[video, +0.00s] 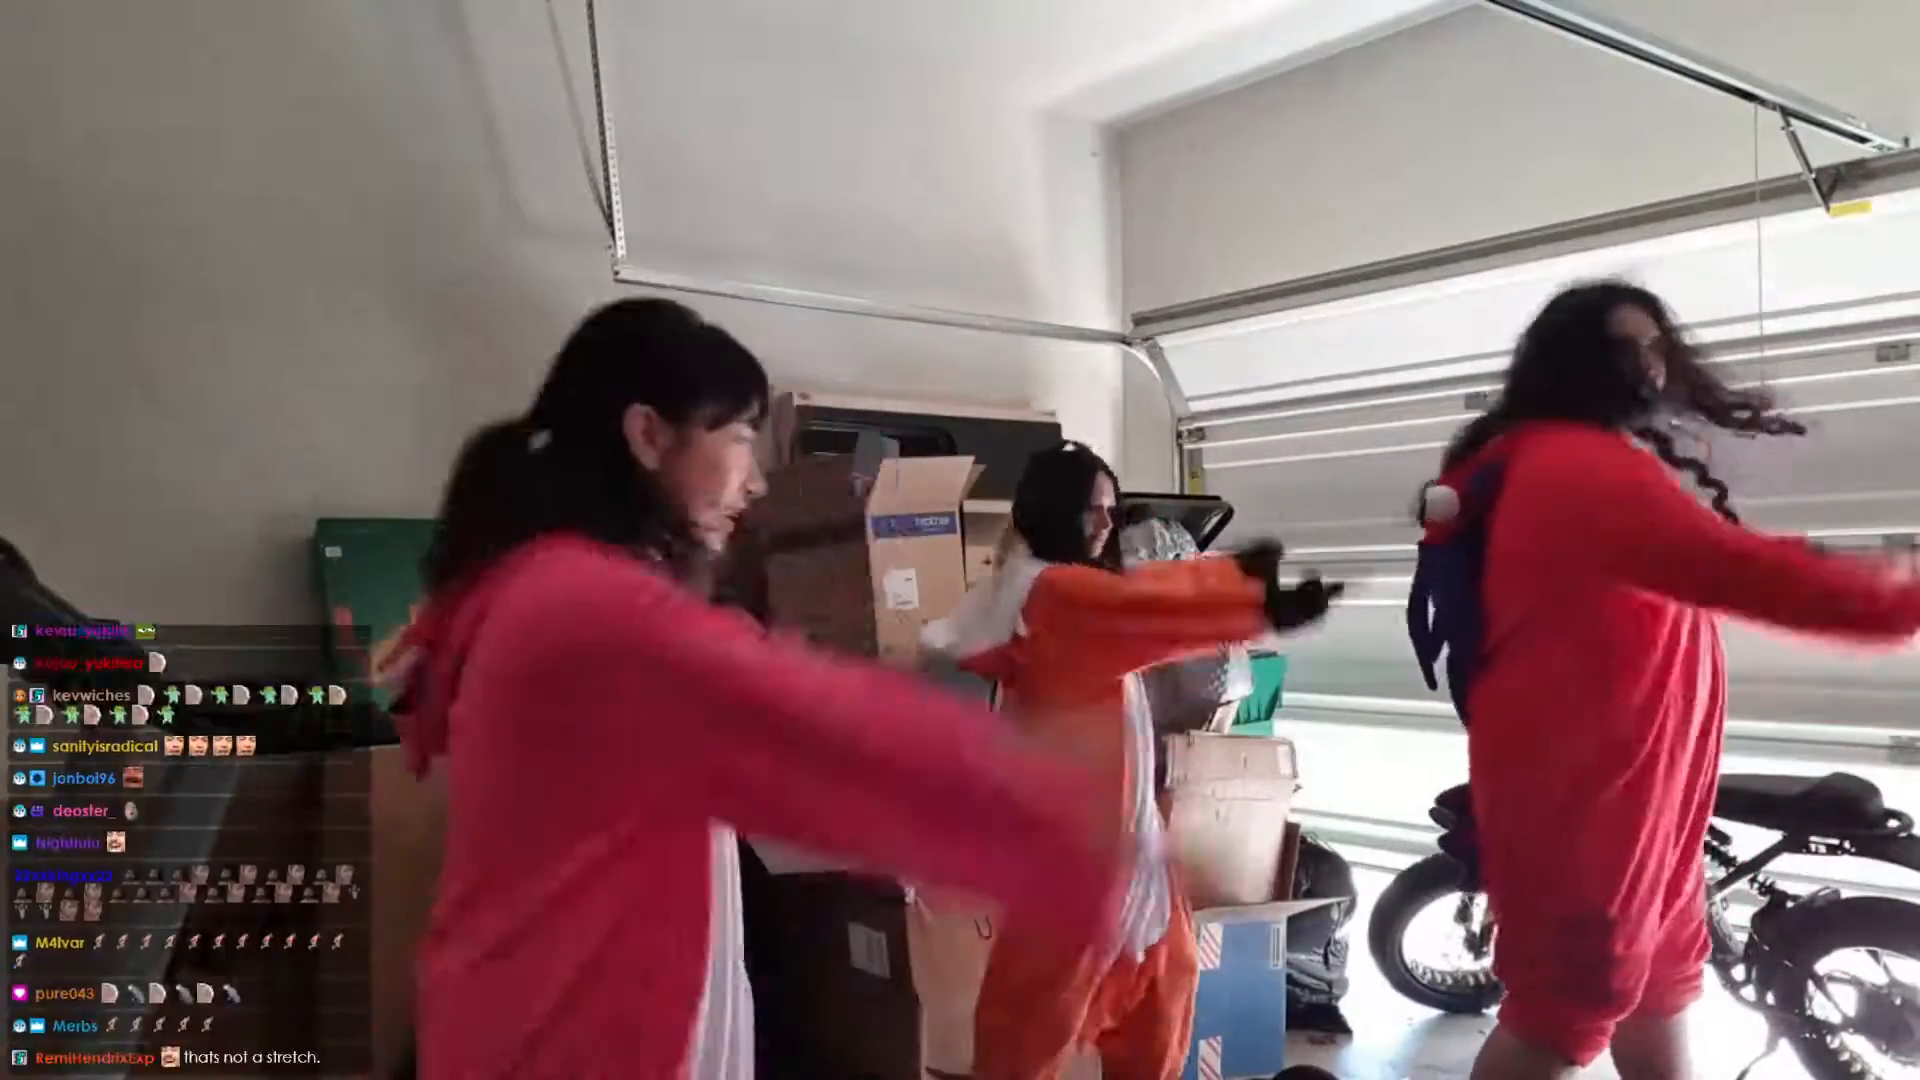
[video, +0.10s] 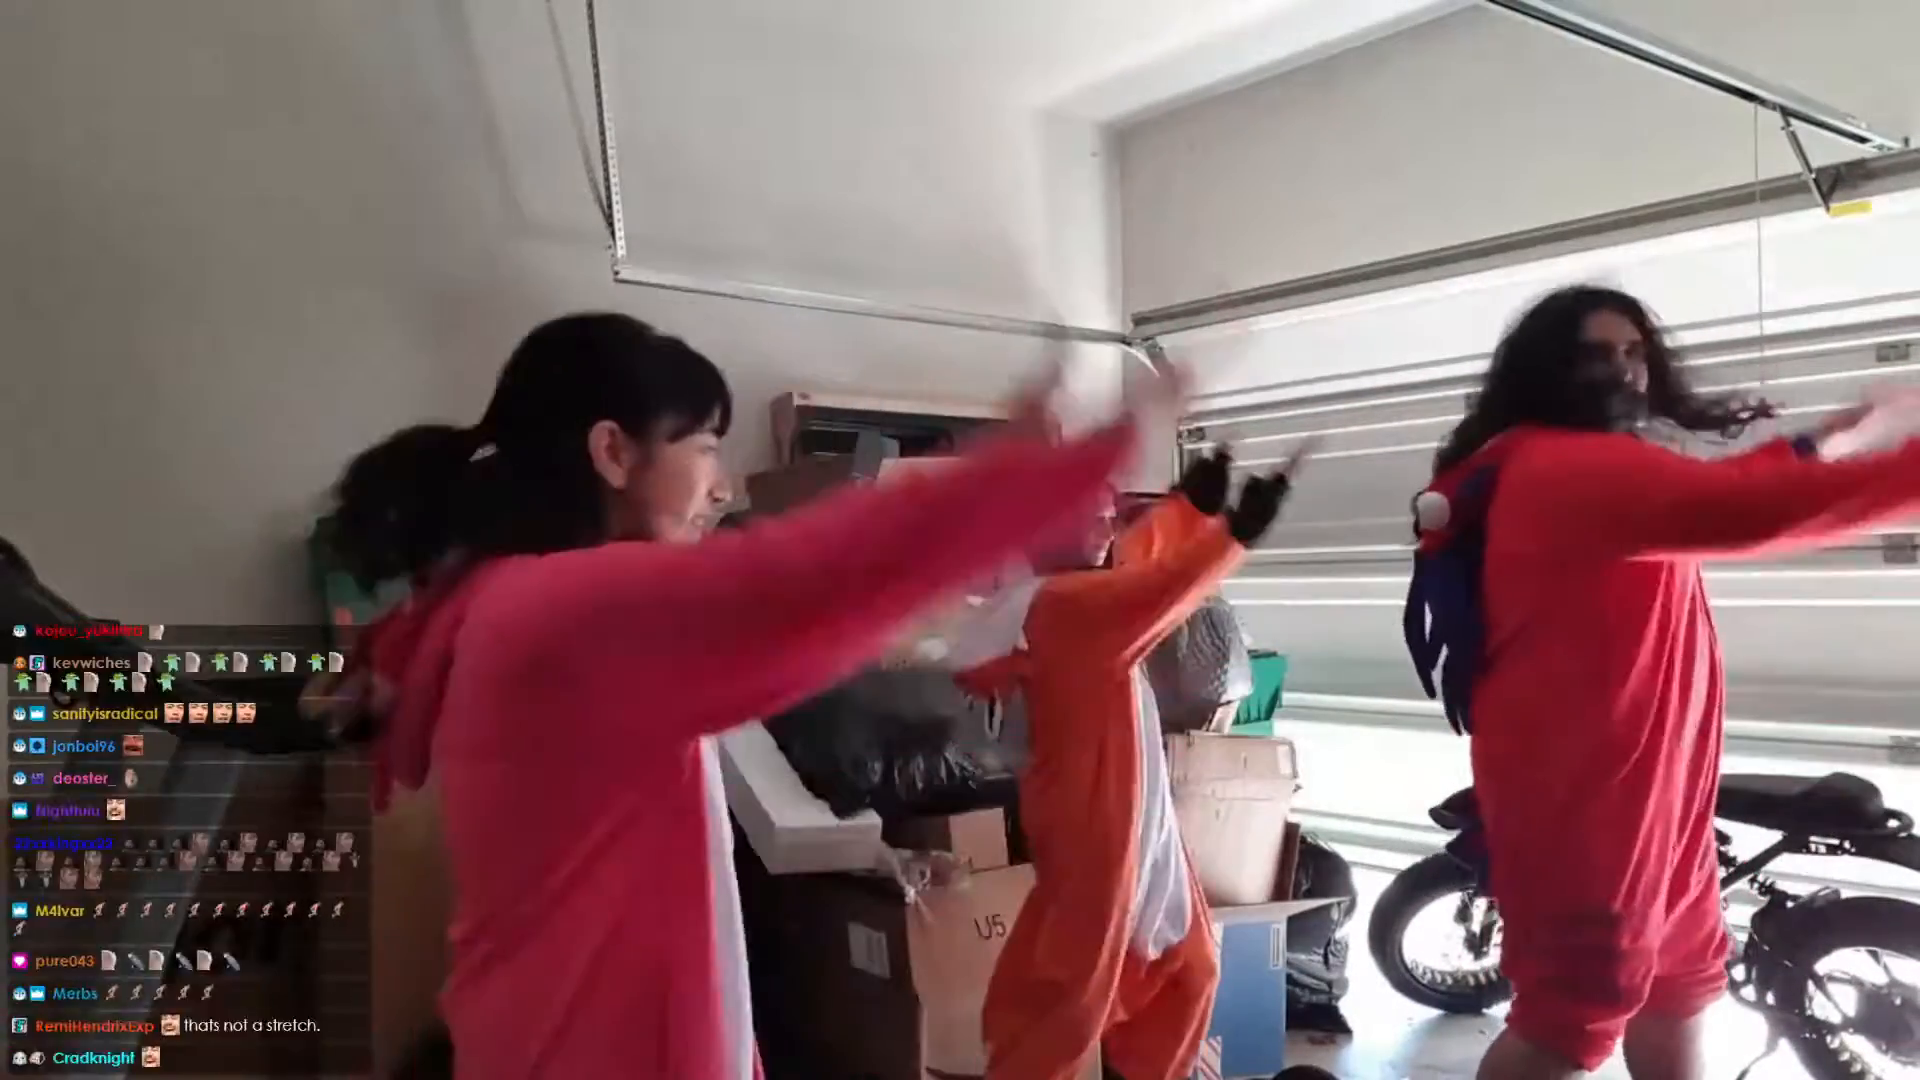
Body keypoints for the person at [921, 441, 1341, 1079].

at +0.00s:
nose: (1106, 524)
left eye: (1111, 510)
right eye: (1094, 509)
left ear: (1112, 511)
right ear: (1058, 512)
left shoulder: (1079, 587)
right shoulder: (1050, 590)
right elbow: (1149, 603)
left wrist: (1238, 570)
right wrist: (1266, 607)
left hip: (1130, 819)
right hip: (1074, 827)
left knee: (1170, 968)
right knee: (1041, 996)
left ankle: (1151, 1071)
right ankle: (1009, 1068)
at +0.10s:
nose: (1108, 520)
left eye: (1109, 508)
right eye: (1093, 508)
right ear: (1053, 520)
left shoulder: (1085, 594)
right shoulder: (1062, 604)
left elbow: (1140, 554)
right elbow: (1164, 590)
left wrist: (1187, 501)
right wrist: (1236, 536)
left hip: (1140, 810)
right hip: (1091, 816)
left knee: (1186, 967)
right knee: (1069, 977)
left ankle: (1150, 1068)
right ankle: (1028, 1065)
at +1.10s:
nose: (1112, 556)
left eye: (1114, 541)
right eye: (1096, 543)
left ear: (1120, 541)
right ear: (1061, 549)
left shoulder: (1096, 621)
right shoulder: (1053, 627)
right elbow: (1150, 584)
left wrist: (1179, 471)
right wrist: (1199, 481)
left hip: (1153, 827)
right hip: (1094, 836)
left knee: (1216, 983)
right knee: (1094, 1010)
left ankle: (1167, 1074)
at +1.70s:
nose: (1137, 522)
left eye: (1135, 506)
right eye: (1127, 507)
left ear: (1060, 513)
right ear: (1092, 513)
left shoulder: (1053, 585)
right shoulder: (1075, 594)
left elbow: (1145, 692)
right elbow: (1154, 676)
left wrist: (1234, 743)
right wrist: (1245, 740)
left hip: (1073, 819)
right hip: (1049, 822)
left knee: (1142, 963)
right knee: (1039, 984)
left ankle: (1130, 1075)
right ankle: (1016, 1071)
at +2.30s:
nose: (1134, 544)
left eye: (1132, 529)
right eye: (1127, 530)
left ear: (1051, 532)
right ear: (1107, 536)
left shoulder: (1061, 601)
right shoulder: (1063, 605)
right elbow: (1141, 677)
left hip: (1066, 810)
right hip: (1012, 808)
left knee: (1102, 957)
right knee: (1010, 954)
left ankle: (1118, 1062)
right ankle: (992, 1063)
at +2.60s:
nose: (1130, 531)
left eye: (1129, 513)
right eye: (1121, 513)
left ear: (1048, 517)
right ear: (1090, 518)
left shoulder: (1064, 592)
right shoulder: (1055, 594)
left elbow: (1152, 679)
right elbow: (1141, 672)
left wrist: (1237, 727)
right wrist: (1245, 725)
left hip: (1095, 823)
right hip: (1048, 826)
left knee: (1151, 976)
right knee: (1018, 993)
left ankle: (1144, 1074)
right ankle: (989, 1071)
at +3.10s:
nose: (1140, 525)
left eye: (1143, 510)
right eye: (1129, 509)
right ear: (1088, 509)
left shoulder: (1097, 589)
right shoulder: (1052, 583)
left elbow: (1168, 629)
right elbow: (1135, 619)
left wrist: (1255, 639)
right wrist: (1216, 596)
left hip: (1119, 801)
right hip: (1054, 800)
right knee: (1041, 1001)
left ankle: (1157, 1067)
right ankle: (998, 1069)